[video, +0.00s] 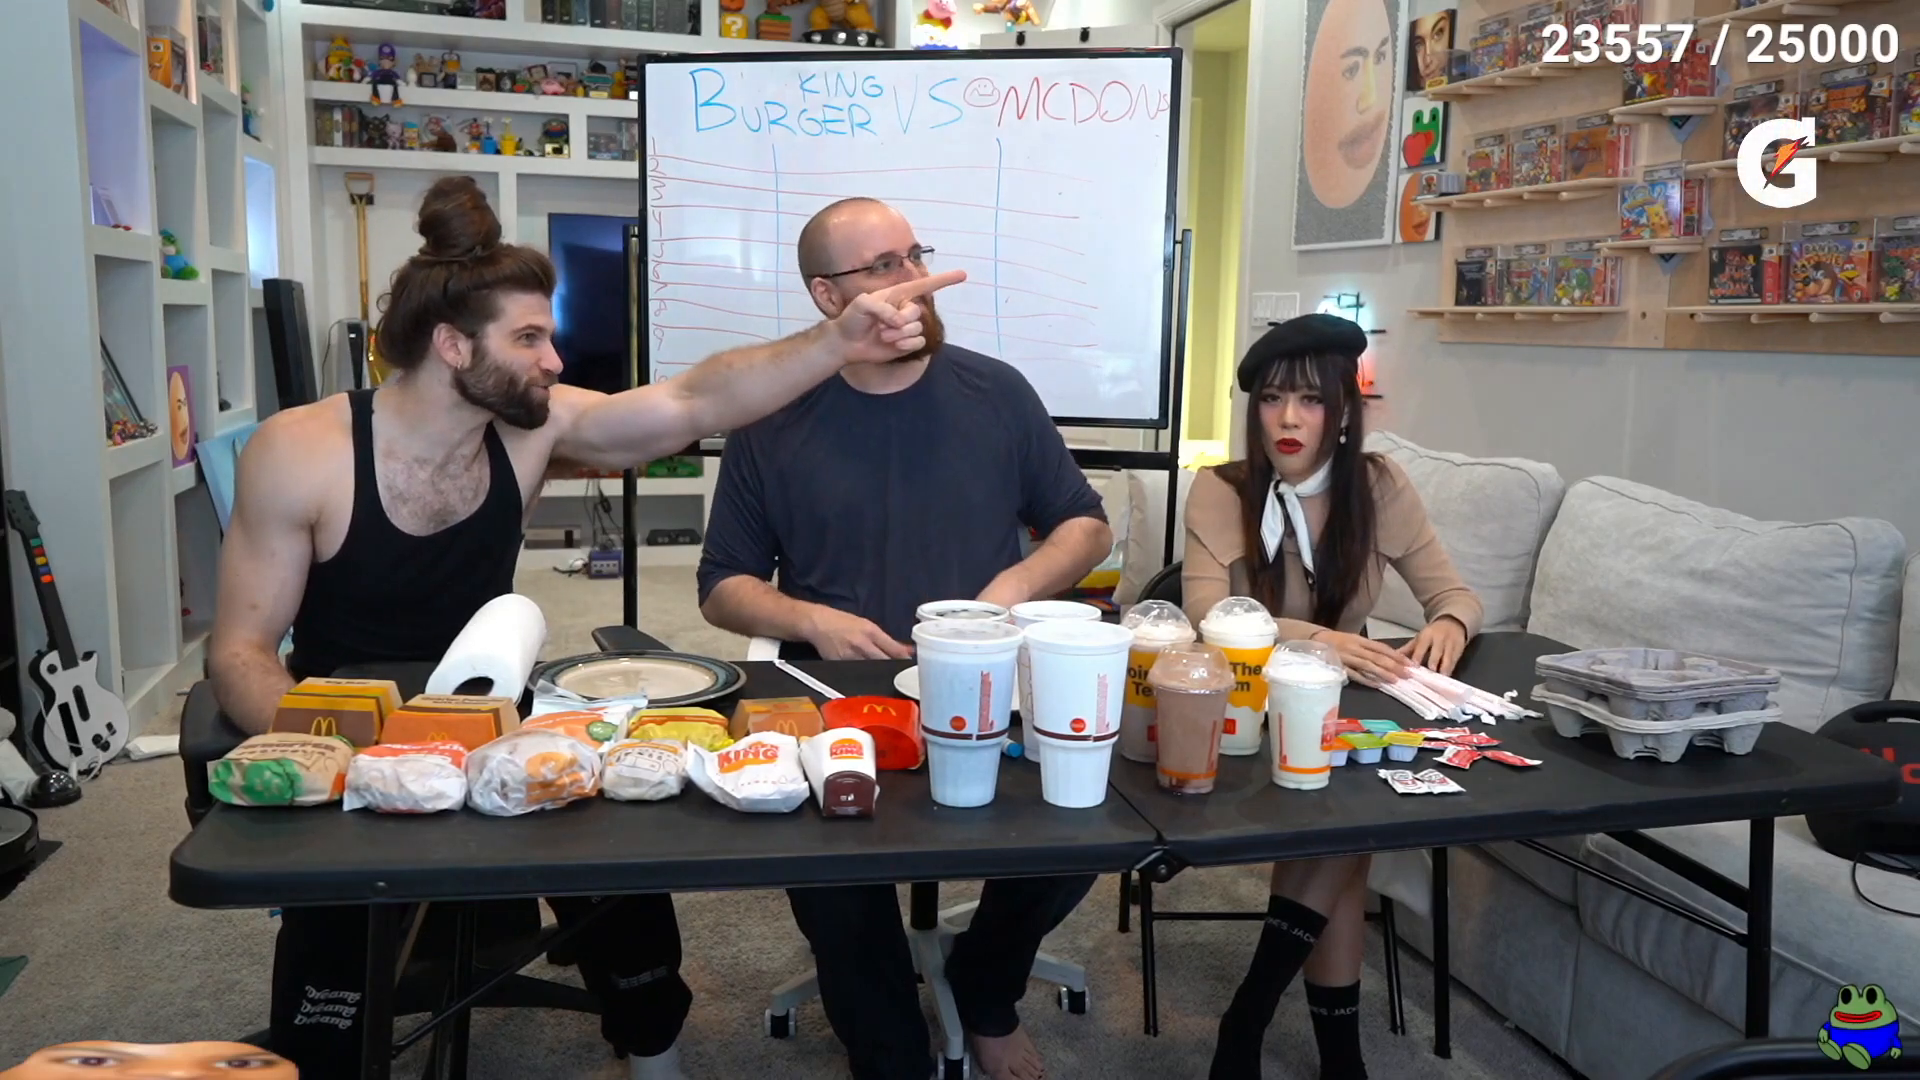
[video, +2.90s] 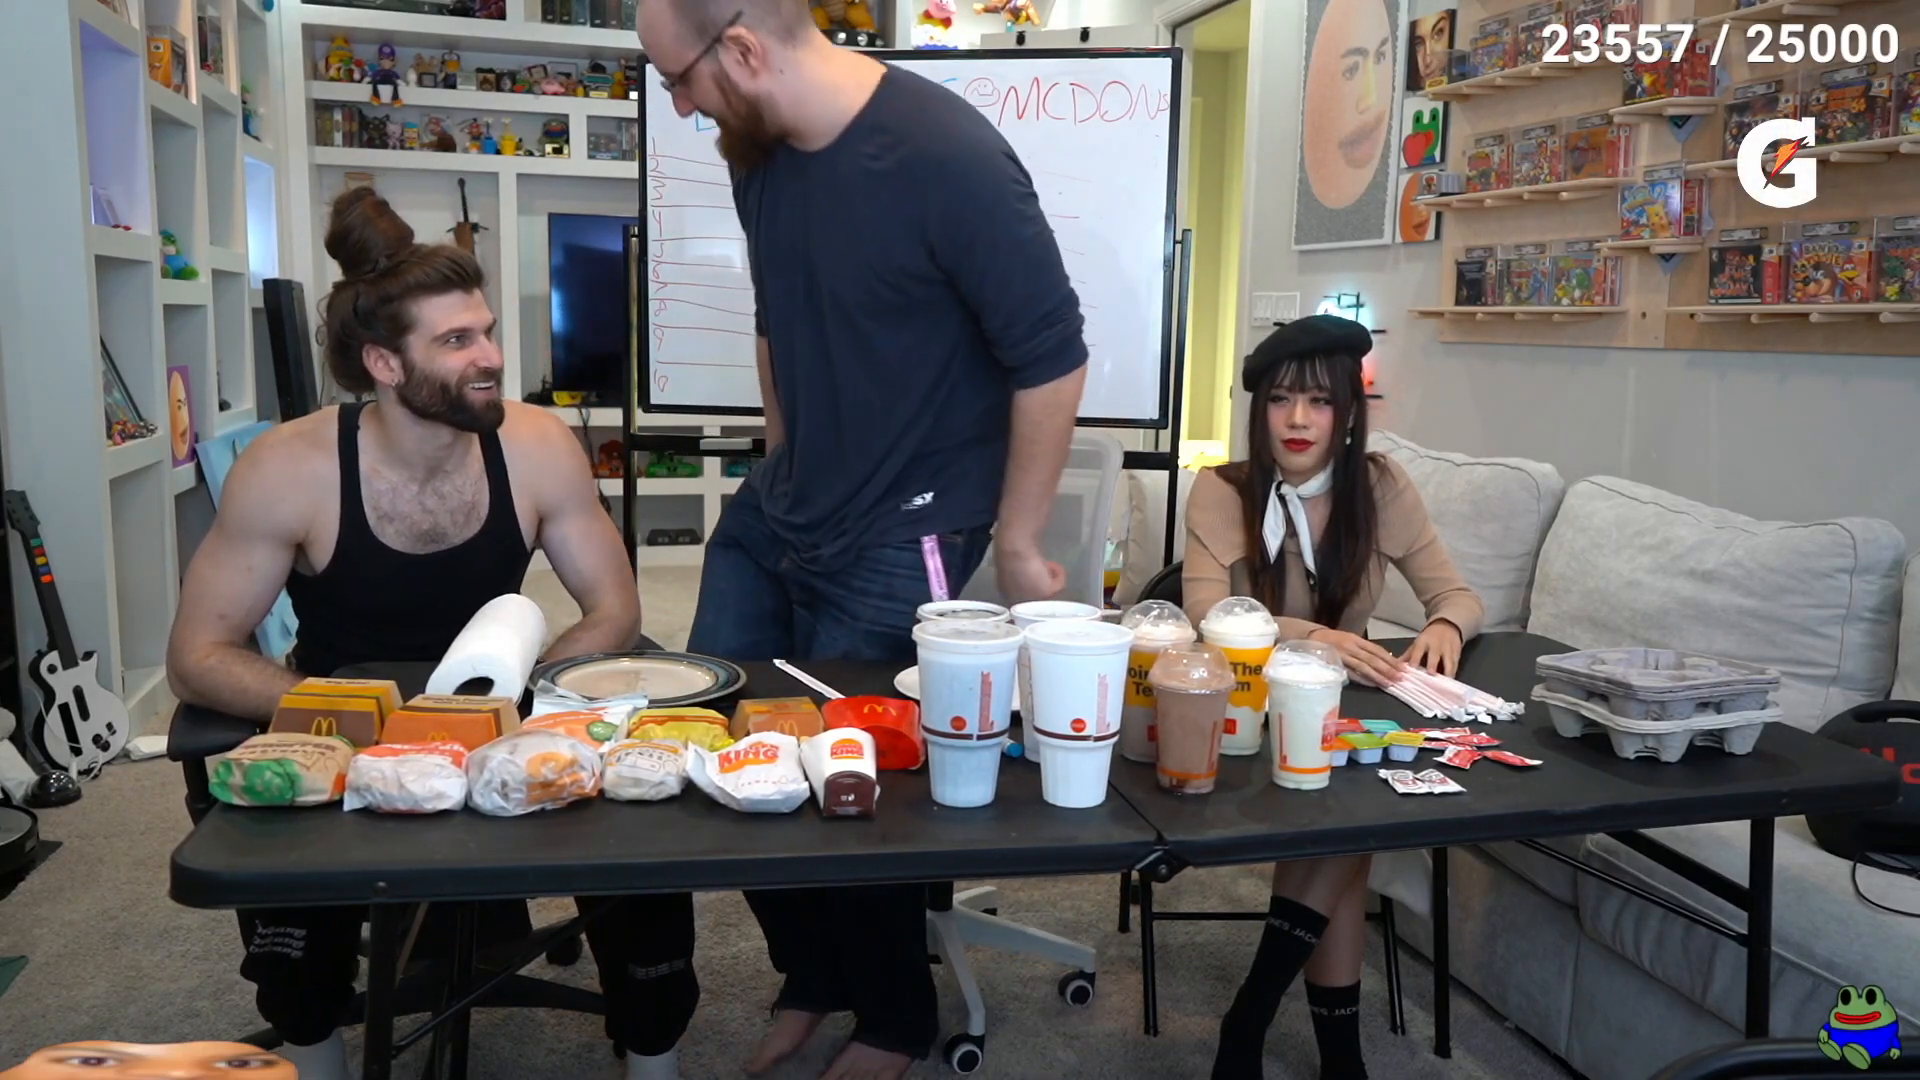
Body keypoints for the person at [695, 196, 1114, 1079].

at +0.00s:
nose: (909, 284)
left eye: (913, 260)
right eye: (877, 270)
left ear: (932, 267)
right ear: (825, 298)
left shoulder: (997, 394)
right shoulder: (771, 427)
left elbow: (1086, 525)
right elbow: (722, 585)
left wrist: (1020, 582)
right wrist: (811, 619)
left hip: (986, 697)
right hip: (835, 704)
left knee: (1074, 832)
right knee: (827, 865)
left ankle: (981, 992)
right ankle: (897, 1061)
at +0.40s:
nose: (880, 279)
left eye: (880, 258)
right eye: (849, 270)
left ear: (892, 265)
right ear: (795, 305)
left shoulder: (964, 383)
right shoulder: (755, 426)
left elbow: (1093, 512)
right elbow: (700, 595)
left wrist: (1044, 451)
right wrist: (809, 622)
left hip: (990, 687)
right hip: (836, 699)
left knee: (1075, 825)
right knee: (822, 858)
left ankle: (982, 991)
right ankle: (895, 1061)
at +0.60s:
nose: (862, 284)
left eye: (863, 262)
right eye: (831, 274)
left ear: (874, 267)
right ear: (777, 307)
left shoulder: (954, 378)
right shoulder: (733, 434)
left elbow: (1082, 419)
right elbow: (692, 605)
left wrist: (1122, 291)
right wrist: (802, 620)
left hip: (982, 695)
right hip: (831, 710)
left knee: (1076, 821)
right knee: (821, 863)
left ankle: (985, 988)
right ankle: (896, 1059)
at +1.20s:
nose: (840, 292)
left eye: (846, 270)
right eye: (809, 283)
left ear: (862, 277)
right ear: (763, 311)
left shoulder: (945, 378)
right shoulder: (726, 440)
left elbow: (1098, 456)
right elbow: (693, 604)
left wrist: (1039, 410)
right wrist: (797, 622)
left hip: (976, 685)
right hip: (826, 703)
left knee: (1069, 821)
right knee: (816, 863)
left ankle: (987, 992)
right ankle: (893, 1059)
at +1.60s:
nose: (830, 330)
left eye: (851, 305)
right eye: (805, 312)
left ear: (888, 305)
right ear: (782, 325)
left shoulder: (980, 387)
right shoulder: (754, 408)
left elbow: (1086, 447)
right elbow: (721, 475)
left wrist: (1078, 584)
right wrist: (765, 582)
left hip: (981, 675)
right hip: (830, 675)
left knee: (1013, 832)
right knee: (787, 837)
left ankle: (954, 1045)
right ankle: (861, 1056)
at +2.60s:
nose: (703, 262)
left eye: (716, 238)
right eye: (690, 240)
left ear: (795, 189)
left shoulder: (970, 240)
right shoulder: (711, 250)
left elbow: (1090, 373)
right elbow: (740, 390)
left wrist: (1097, 544)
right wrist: (779, 516)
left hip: (934, 571)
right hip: (796, 560)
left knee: (873, 811)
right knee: (763, 798)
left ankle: (898, 1030)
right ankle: (837, 1016)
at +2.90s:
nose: (682, 104)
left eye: (680, 76)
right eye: (672, 82)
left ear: (746, 46)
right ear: (744, 50)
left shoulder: (950, 155)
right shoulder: (763, 150)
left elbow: (1052, 350)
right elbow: (780, 323)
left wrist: (1018, 538)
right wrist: (782, 461)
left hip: (903, 541)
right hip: (776, 514)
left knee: (854, 797)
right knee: (731, 760)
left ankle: (900, 1023)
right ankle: (814, 982)